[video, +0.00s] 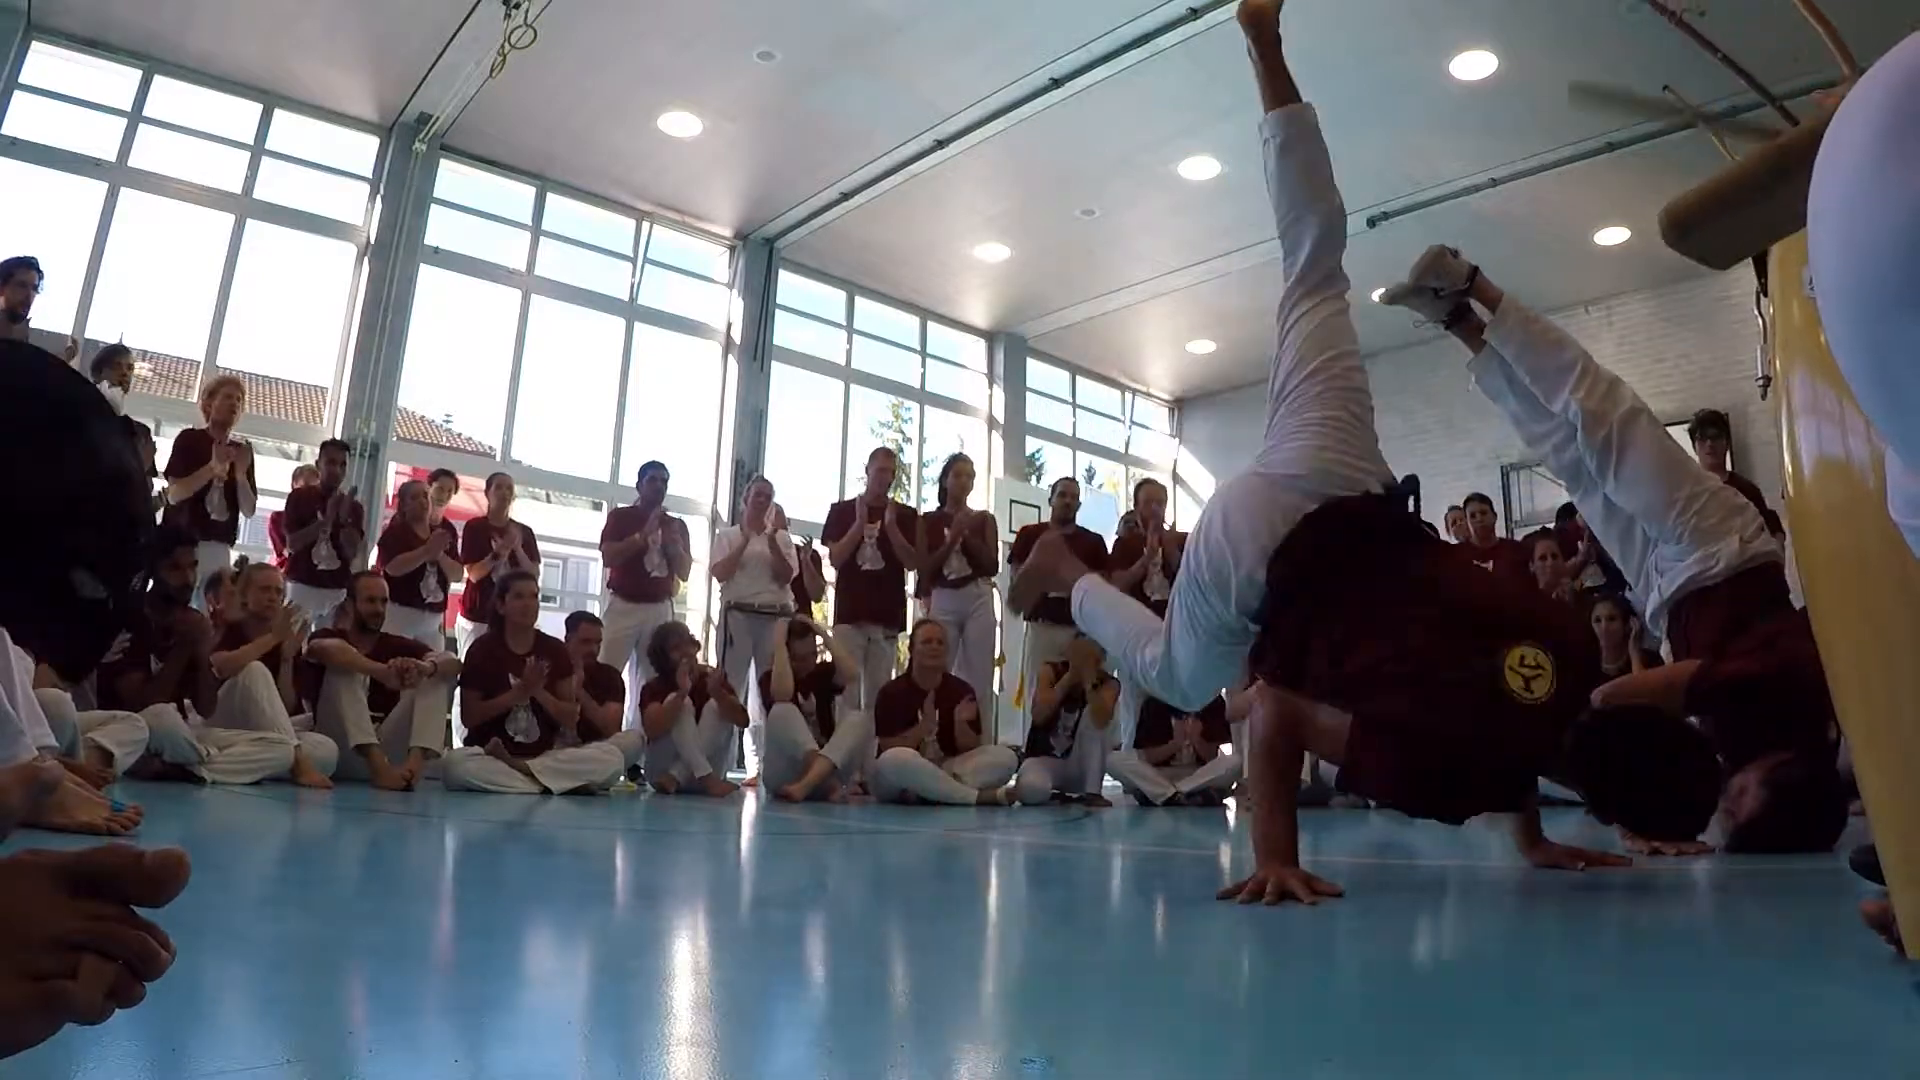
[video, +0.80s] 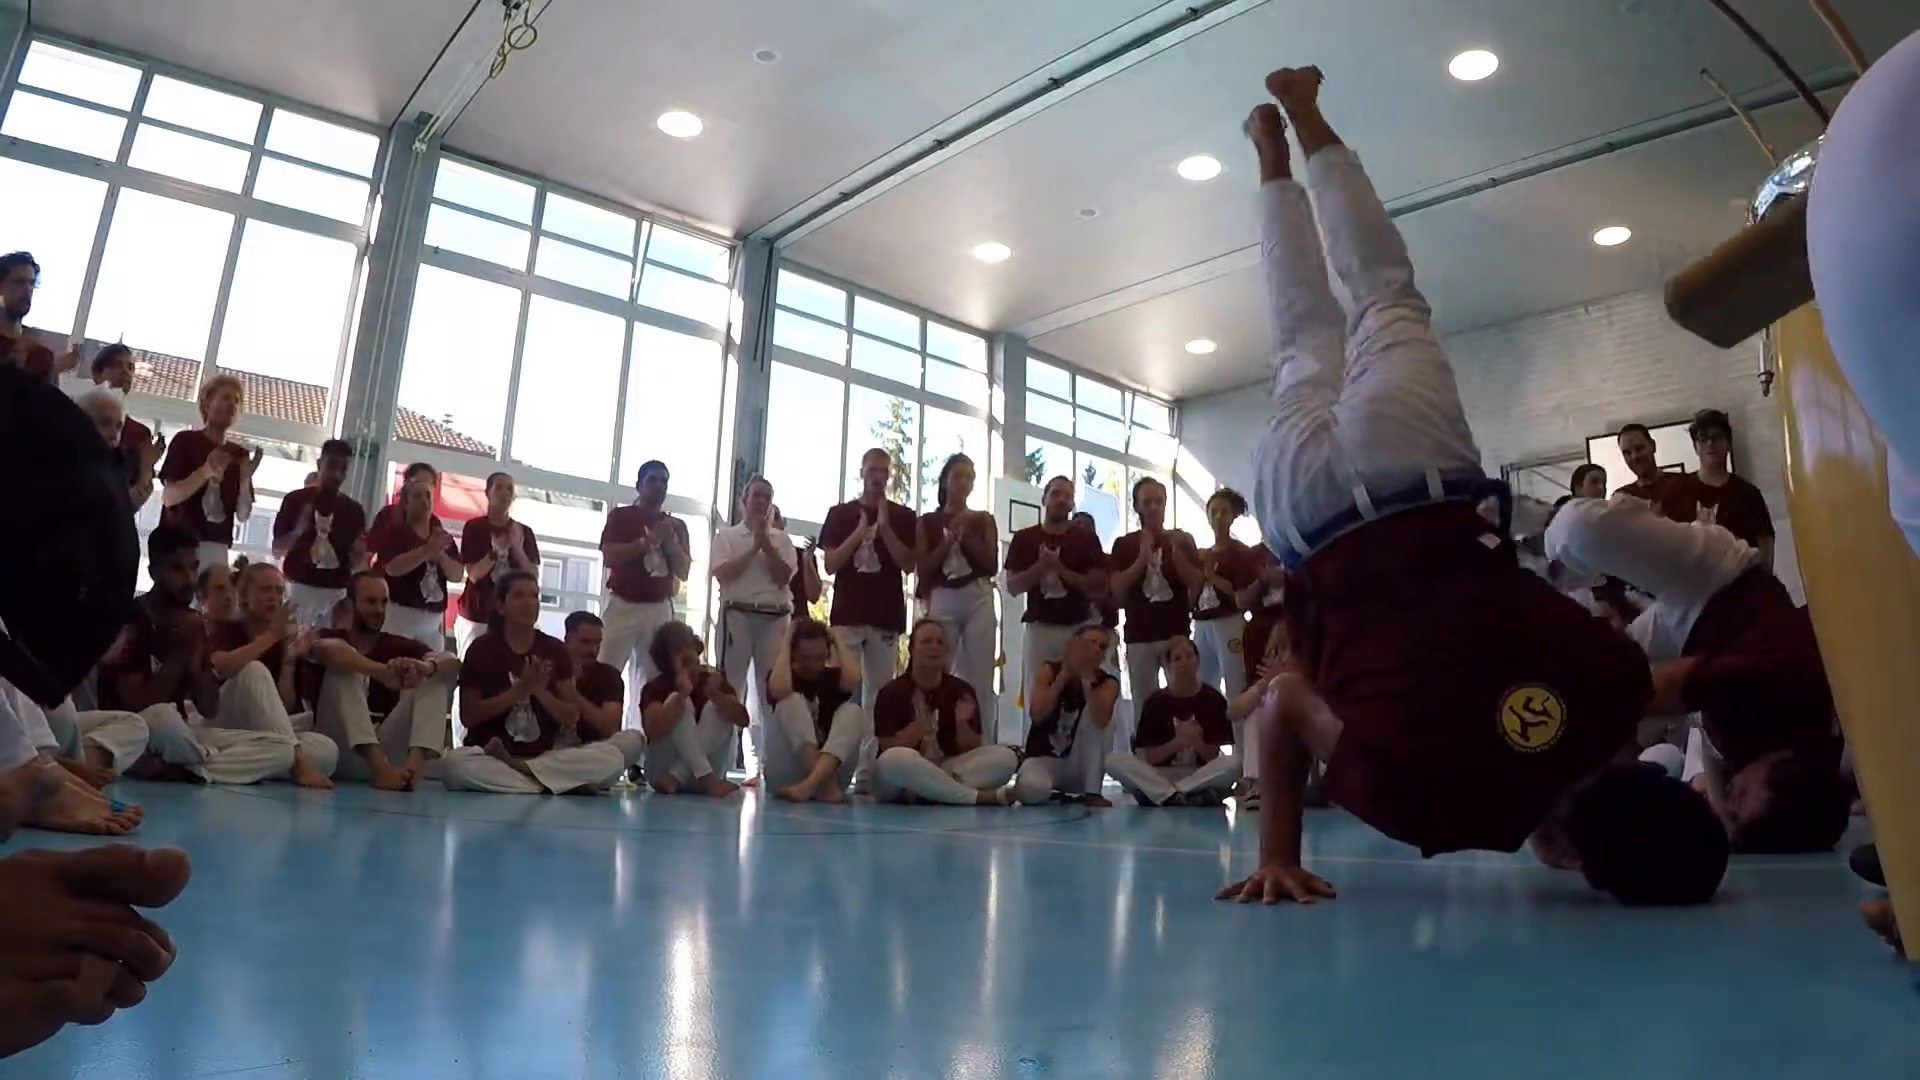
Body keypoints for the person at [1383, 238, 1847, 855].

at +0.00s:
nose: (1735, 800)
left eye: (1735, 817)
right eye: (1746, 796)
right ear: (1767, 774)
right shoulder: (1784, 695)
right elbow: (1612, 693)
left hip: (1670, 613)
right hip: (1721, 558)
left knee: (1579, 472)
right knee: (1604, 416)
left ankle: (1460, 323)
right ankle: (1476, 289)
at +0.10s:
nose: (1734, 803)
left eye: (1738, 821)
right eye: (1746, 800)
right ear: (1766, 776)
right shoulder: (1782, 694)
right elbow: (1621, 697)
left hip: (1674, 609)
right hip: (1722, 557)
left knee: (1582, 471)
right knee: (1606, 416)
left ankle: (1462, 318)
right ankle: (1477, 286)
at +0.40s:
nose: (1726, 801)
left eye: (1731, 817)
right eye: (1740, 800)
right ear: (1771, 775)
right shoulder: (1782, 696)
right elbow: (1630, 692)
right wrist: (1615, 779)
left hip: (1682, 610)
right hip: (1733, 561)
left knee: (1559, 509)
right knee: (1596, 455)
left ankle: (1492, 354)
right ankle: (1501, 320)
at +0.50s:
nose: (1720, 800)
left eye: (1728, 815)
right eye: (1737, 798)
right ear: (1767, 772)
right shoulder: (1782, 692)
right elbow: (1630, 695)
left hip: (1686, 618)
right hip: (1737, 556)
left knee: (1547, 549)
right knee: (1584, 475)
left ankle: (1518, 403)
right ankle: (1531, 364)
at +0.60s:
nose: (1722, 805)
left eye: (1729, 819)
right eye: (1736, 799)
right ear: (1770, 769)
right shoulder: (1789, 699)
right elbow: (1649, 690)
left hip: (1686, 627)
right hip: (1733, 562)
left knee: (1564, 582)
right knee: (1589, 502)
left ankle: (1523, 470)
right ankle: (1550, 413)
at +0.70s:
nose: (1718, 796)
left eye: (1728, 810)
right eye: (1737, 791)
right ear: (1766, 766)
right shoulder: (1788, 697)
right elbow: (1651, 690)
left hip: (1685, 628)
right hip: (1734, 573)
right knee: (1585, 517)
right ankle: (1562, 467)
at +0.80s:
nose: (1727, 805)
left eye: (1732, 817)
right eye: (1739, 799)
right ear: (1773, 763)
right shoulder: (1776, 689)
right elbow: (1626, 695)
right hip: (1727, 580)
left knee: (1598, 674)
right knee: (1575, 530)